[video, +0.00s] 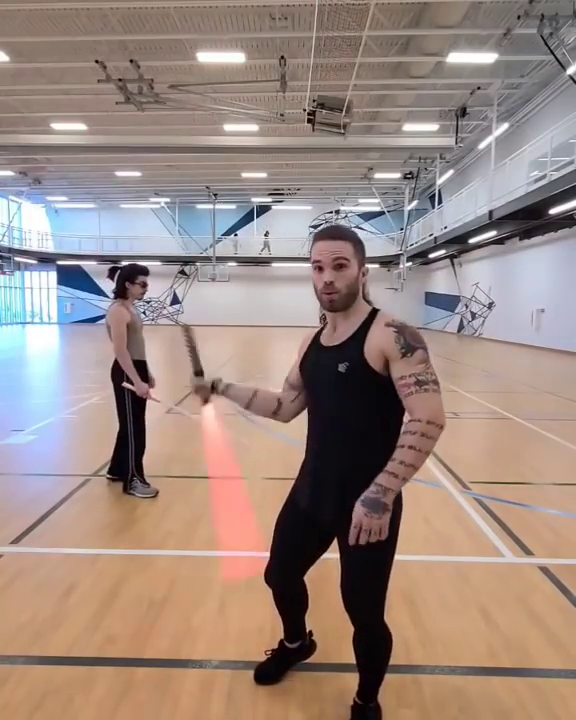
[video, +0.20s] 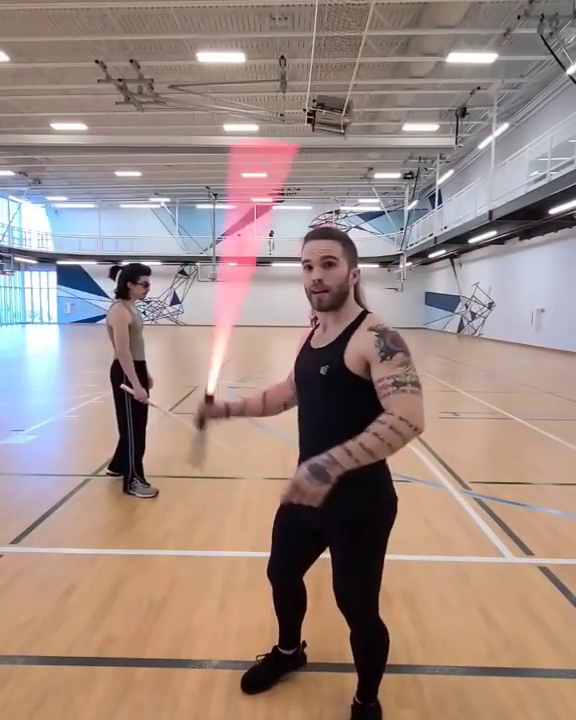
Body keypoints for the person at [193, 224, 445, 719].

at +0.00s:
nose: (327, 277)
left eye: (340, 266)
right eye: (319, 267)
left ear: (362, 271)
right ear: (311, 274)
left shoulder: (392, 335)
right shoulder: (317, 341)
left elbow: (428, 419)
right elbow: (284, 405)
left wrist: (380, 494)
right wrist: (222, 388)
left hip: (369, 495)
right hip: (316, 486)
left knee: (365, 610)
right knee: (281, 573)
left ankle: (367, 700)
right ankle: (296, 640)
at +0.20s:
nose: (316, 275)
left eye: (329, 264)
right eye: (308, 266)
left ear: (353, 272)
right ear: (302, 273)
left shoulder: (377, 338)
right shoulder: (316, 333)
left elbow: (406, 419)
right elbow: (285, 394)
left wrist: (329, 464)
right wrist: (226, 406)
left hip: (361, 497)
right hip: (309, 489)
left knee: (358, 605)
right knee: (283, 571)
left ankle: (367, 700)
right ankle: (289, 649)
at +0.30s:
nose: (310, 279)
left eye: (322, 268)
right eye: (302, 269)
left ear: (349, 273)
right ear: (296, 275)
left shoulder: (371, 342)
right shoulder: (306, 333)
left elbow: (390, 424)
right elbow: (298, 404)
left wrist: (307, 445)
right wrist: (260, 438)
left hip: (349, 494)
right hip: (299, 486)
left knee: (351, 604)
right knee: (289, 579)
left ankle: (366, 699)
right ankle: (290, 655)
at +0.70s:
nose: (271, 284)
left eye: (284, 276)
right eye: (267, 274)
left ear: (312, 282)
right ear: (265, 276)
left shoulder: (320, 332)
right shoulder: (284, 330)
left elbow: (330, 372)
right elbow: (272, 415)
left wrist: (295, 380)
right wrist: (258, 473)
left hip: (301, 487)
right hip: (266, 482)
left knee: (316, 603)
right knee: (277, 575)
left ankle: (364, 692)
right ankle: (290, 655)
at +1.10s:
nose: (281, 282)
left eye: (293, 273)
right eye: (275, 272)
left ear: (318, 279)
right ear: (268, 276)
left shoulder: (329, 335)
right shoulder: (283, 332)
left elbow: (347, 397)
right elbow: (278, 410)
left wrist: (308, 435)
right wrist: (258, 459)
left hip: (309, 484)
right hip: (272, 478)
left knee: (306, 602)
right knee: (282, 576)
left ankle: (363, 691)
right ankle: (290, 655)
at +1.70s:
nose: (344, 287)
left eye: (358, 277)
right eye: (335, 275)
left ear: (381, 281)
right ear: (326, 276)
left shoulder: (398, 347)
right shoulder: (341, 327)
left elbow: (410, 416)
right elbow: (345, 398)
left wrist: (354, 396)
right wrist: (327, 445)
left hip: (380, 494)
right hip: (339, 479)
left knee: (376, 610)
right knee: (335, 563)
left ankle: (391, 715)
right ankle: (362, 646)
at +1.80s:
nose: (339, 279)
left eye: (352, 270)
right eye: (335, 269)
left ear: (384, 277)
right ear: (332, 270)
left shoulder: (396, 342)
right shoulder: (354, 327)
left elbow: (411, 425)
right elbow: (356, 409)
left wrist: (337, 439)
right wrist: (339, 467)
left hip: (384, 489)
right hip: (355, 480)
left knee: (376, 598)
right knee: (368, 574)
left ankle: (390, 714)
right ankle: (394, 646)